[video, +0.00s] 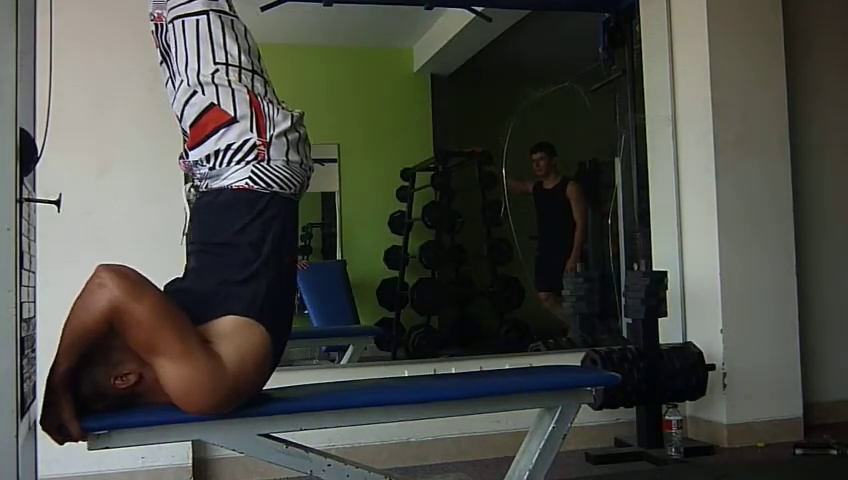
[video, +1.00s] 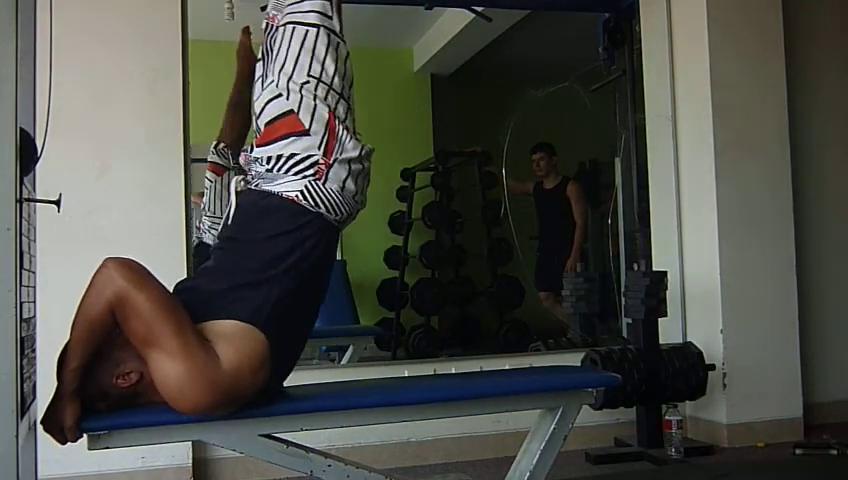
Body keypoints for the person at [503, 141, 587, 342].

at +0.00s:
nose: (537, 165)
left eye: (541, 160)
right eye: (534, 161)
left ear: (552, 161)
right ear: (532, 164)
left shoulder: (570, 187)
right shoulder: (536, 187)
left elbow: (580, 224)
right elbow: (511, 185)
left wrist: (574, 257)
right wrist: (489, 167)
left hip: (566, 250)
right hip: (545, 250)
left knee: (569, 297)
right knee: (545, 297)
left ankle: (573, 336)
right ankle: (574, 329)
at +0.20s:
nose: (537, 164)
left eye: (541, 160)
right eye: (534, 161)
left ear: (553, 161)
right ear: (532, 164)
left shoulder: (570, 187)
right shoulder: (536, 187)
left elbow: (581, 225)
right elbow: (510, 185)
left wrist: (575, 258)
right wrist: (488, 167)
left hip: (567, 250)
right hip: (546, 249)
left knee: (568, 296)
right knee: (545, 296)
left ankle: (574, 336)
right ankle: (577, 329)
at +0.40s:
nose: (537, 165)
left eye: (541, 160)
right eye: (534, 161)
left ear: (553, 161)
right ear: (532, 164)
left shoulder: (570, 187)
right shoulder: (536, 187)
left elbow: (581, 224)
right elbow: (510, 185)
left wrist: (575, 258)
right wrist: (489, 167)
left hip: (567, 250)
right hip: (546, 249)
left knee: (567, 296)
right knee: (545, 296)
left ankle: (574, 336)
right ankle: (576, 329)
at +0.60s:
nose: (537, 165)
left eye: (541, 160)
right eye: (534, 161)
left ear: (553, 161)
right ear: (532, 164)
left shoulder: (570, 187)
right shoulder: (536, 187)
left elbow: (581, 224)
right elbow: (510, 185)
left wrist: (575, 257)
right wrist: (488, 167)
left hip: (567, 250)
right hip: (546, 249)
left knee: (568, 296)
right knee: (545, 296)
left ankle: (575, 336)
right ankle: (577, 329)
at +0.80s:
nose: (537, 165)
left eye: (541, 160)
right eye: (534, 161)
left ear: (553, 161)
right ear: (532, 164)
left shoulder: (570, 187)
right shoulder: (536, 187)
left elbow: (581, 224)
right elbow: (511, 185)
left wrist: (574, 257)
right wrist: (489, 167)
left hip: (567, 250)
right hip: (546, 249)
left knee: (568, 296)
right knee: (545, 296)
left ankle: (574, 336)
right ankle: (576, 329)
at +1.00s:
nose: (537, 165)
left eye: (541, 160)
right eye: (534, 161)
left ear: (553, 161)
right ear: (532, 164)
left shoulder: (570, 187)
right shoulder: (536, 187)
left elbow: (581, 224)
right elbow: (512, 186)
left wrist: (574, 257)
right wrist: (490, 168)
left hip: (567, 249)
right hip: (546, 249)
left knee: (568, 295)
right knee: (545, 296)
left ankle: (574, 336)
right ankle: (576, 329)